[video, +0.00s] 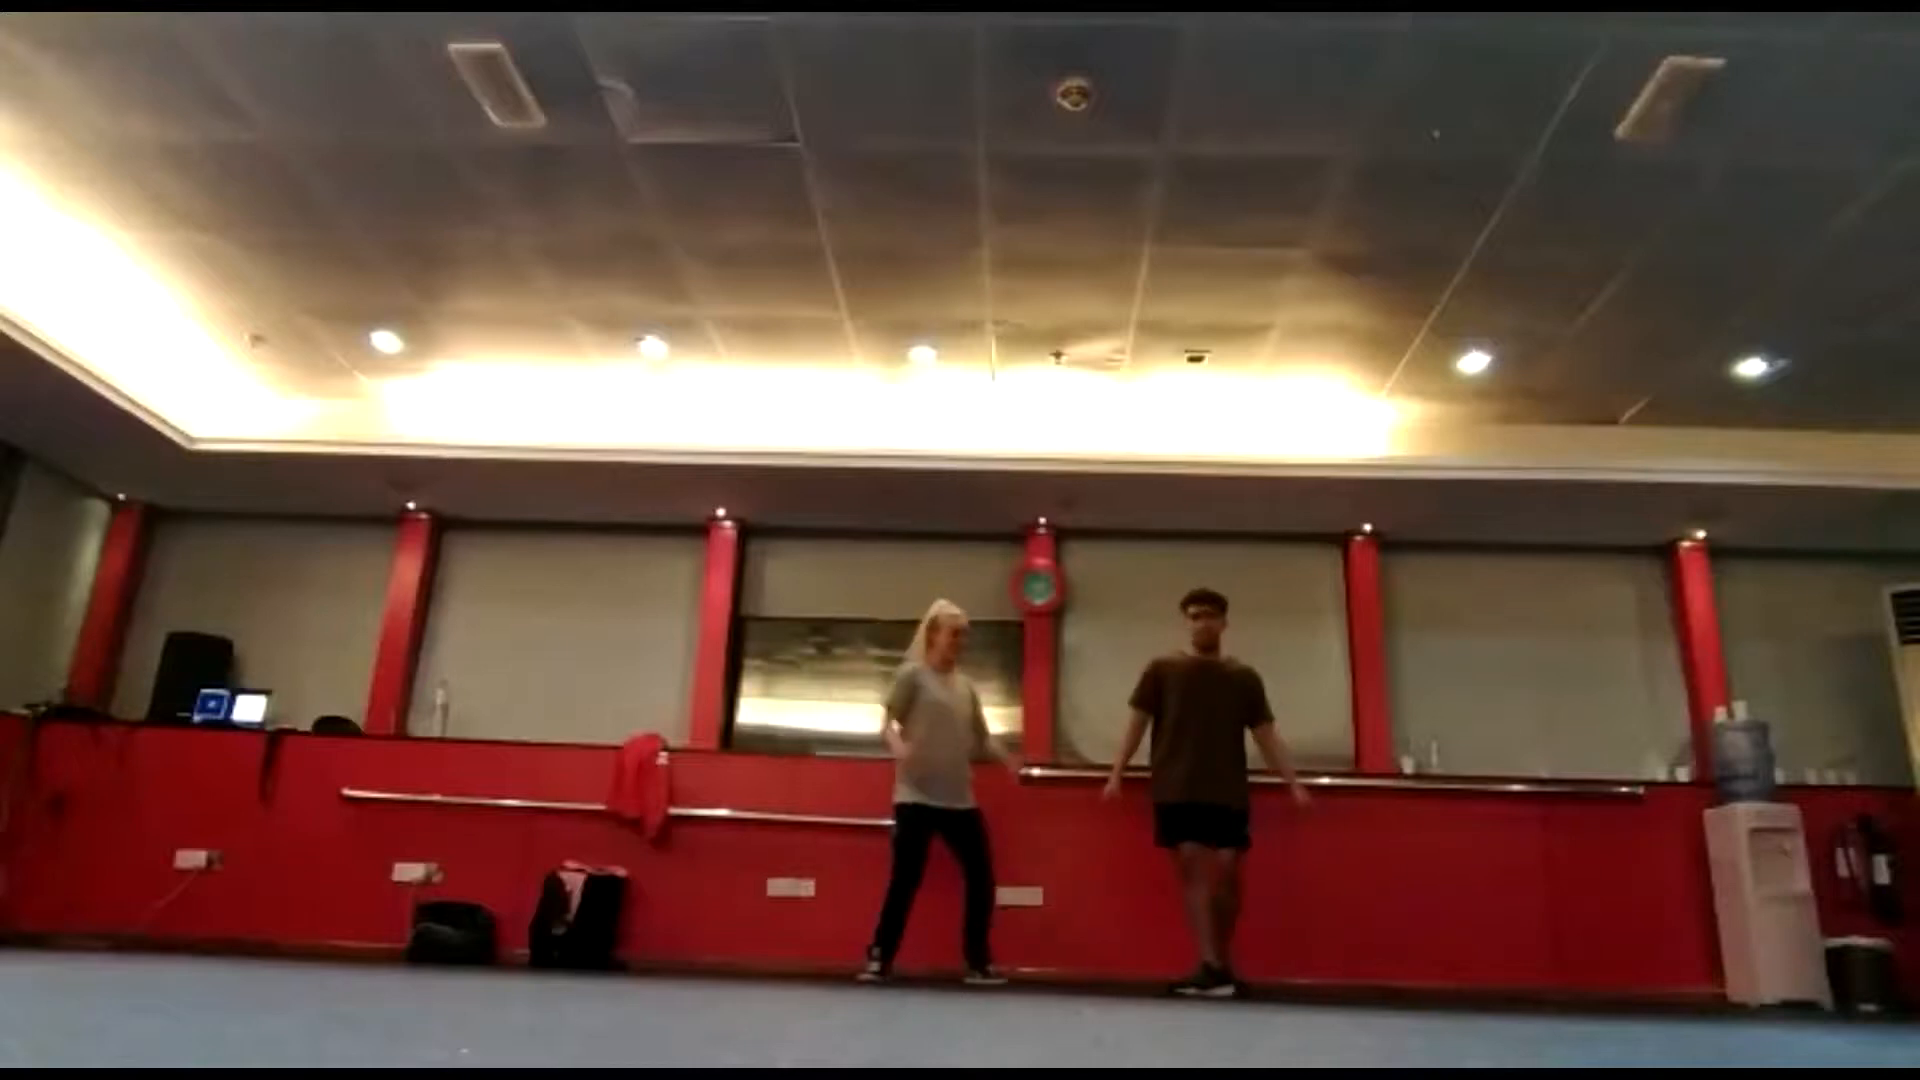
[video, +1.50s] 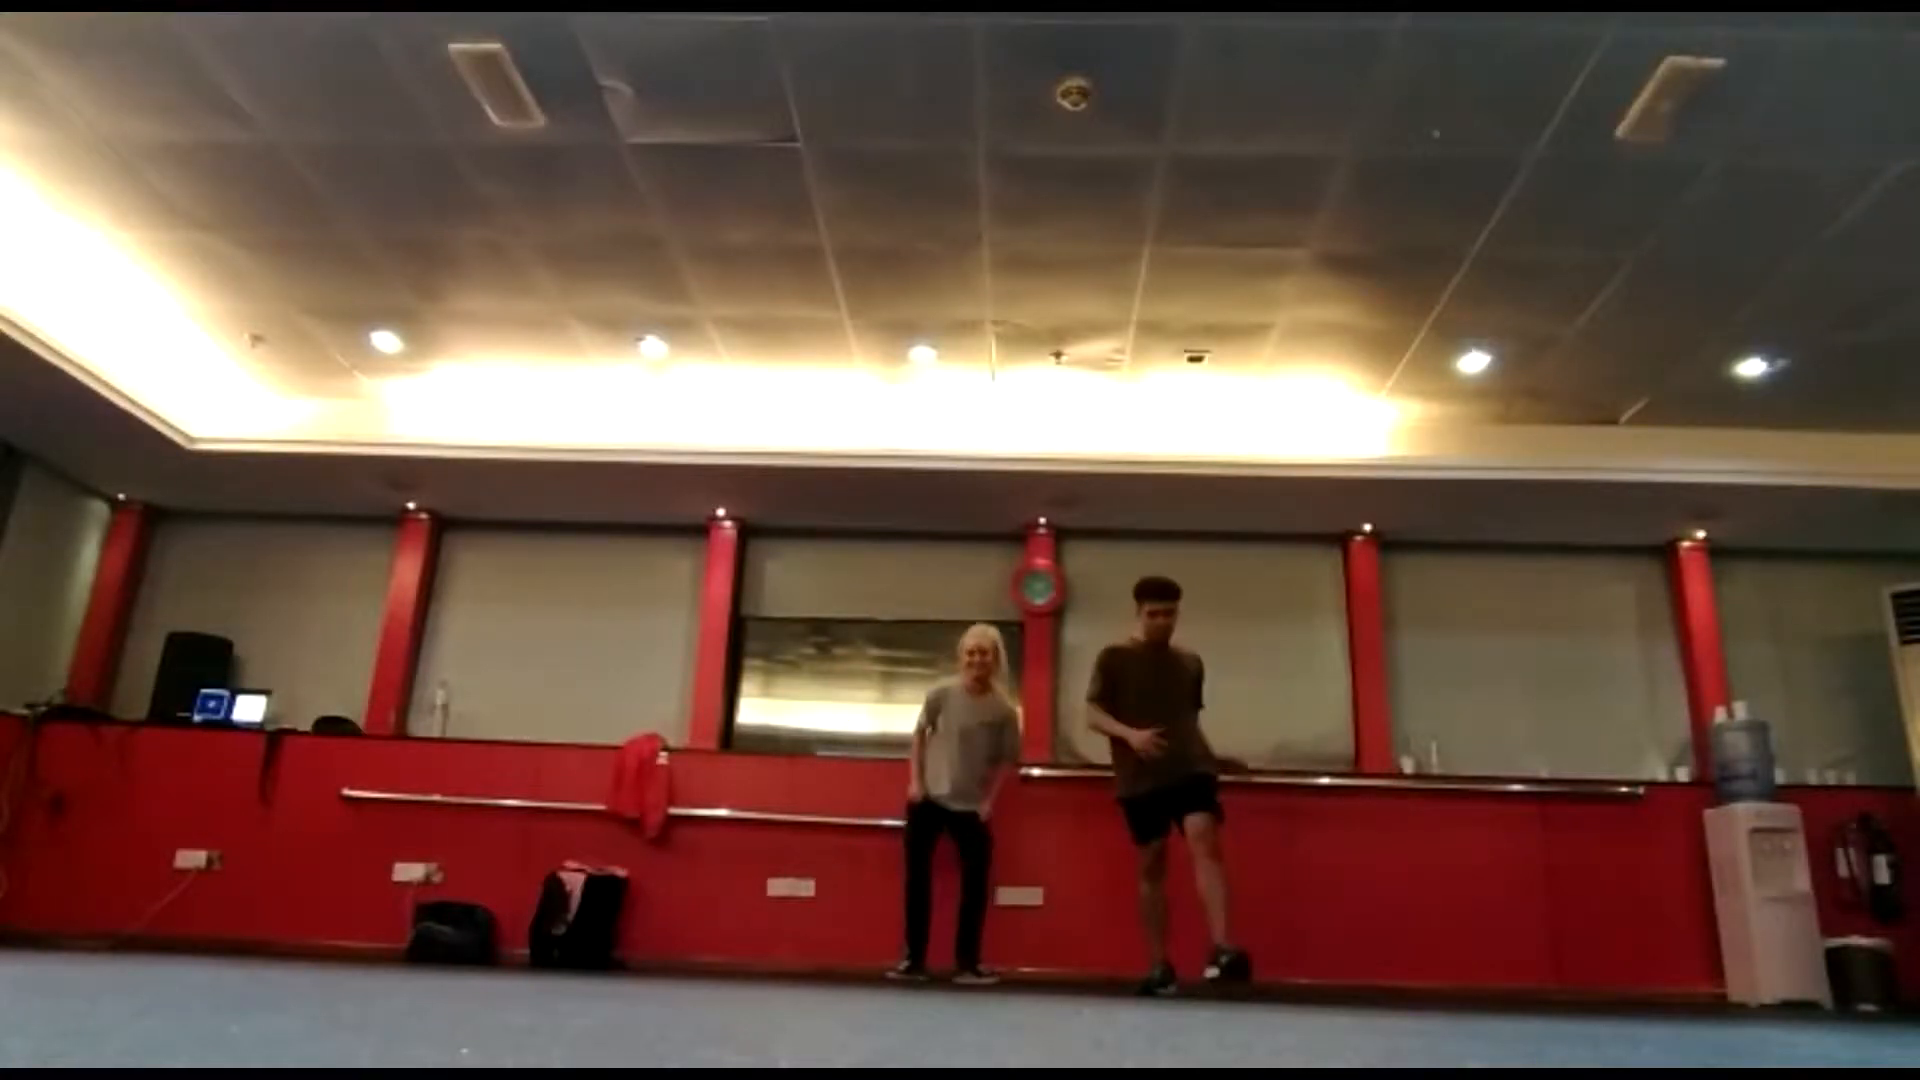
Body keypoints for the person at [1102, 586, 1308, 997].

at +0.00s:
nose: (1203, 624)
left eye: (1211, 617)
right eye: (1196, 617)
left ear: (1223, 622)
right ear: (1185, 622)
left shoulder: (1242, 678)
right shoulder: (1162, 672)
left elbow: (1266, 735)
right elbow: (1136, 725)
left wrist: (1293, 782)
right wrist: (1116, 773)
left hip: (1226, 791)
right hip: (1176, 790)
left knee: (1225, 873)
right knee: (1190, 868)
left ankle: (1219, 962)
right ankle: (1209, 964)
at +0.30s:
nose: (1220, 627)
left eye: (1228, 620)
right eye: (1213, 620)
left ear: (1240, 626)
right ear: (1202, 624)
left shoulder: (1251, 684)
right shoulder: (1173, 668)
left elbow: (1252, 746)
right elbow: (1147, 717)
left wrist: (1244, 796)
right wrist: (1159, 760)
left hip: (1221, 791)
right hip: (1177, 785)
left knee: (1215, 870)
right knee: (1184, 863)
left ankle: (1215, 960)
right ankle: (1204, 959)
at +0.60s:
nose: (1202, 628)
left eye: (1210, 621)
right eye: (1195, 621)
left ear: (1223, 626)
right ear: (1184, 627)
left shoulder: (1246, 682)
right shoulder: (1165, 675)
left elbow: (1267, 737)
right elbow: (1145, 727)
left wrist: (1280, 786)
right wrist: (1135, 776)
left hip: (1223, 792)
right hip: (1173, 788)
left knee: (1215, 871)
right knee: (1171, 860)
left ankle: (1211, 966)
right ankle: (1164, 961)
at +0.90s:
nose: (1161, 623)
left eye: (1168, 614)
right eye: (1153, 616)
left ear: (1181, 618)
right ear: (1142, 621)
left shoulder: (1213, 664)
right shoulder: (1134, 676)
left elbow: (1246, 715)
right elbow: (1115, 730)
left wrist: (1262, 770)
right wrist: (1108, 783)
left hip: (1212, 784)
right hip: (1162, 786)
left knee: (1218, 867)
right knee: (1161, 865)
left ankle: (1215, 958)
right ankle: (1162, 962)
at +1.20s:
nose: (1152, 624)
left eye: (1159, 616)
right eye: (1145, 617)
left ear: (1169, 616)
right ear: (1131, 618)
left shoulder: (1191, 661)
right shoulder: (1111, 669)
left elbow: (1226, 693)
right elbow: (1081, 716)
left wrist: (1244, 727)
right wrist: (1092, 762)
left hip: (1199, 777)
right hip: (1146, 782)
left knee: (1218, 857)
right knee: (1153, 866)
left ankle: (1228, 964)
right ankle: (1159, 965)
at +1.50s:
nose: (1159, 621)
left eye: (1166, 614)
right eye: (1152, 614)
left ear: (1177, 614)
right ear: (1138, 614)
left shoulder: (1189, 664)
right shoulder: (1114, 659)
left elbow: (1190, 722)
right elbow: (1093, 715)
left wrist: (1213, 760)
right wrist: (1131, 735)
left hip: (1187, 770)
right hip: (1140, 777)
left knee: (1203, 836)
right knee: (1152, 862)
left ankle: (1221, 948)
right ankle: (1158, 963)